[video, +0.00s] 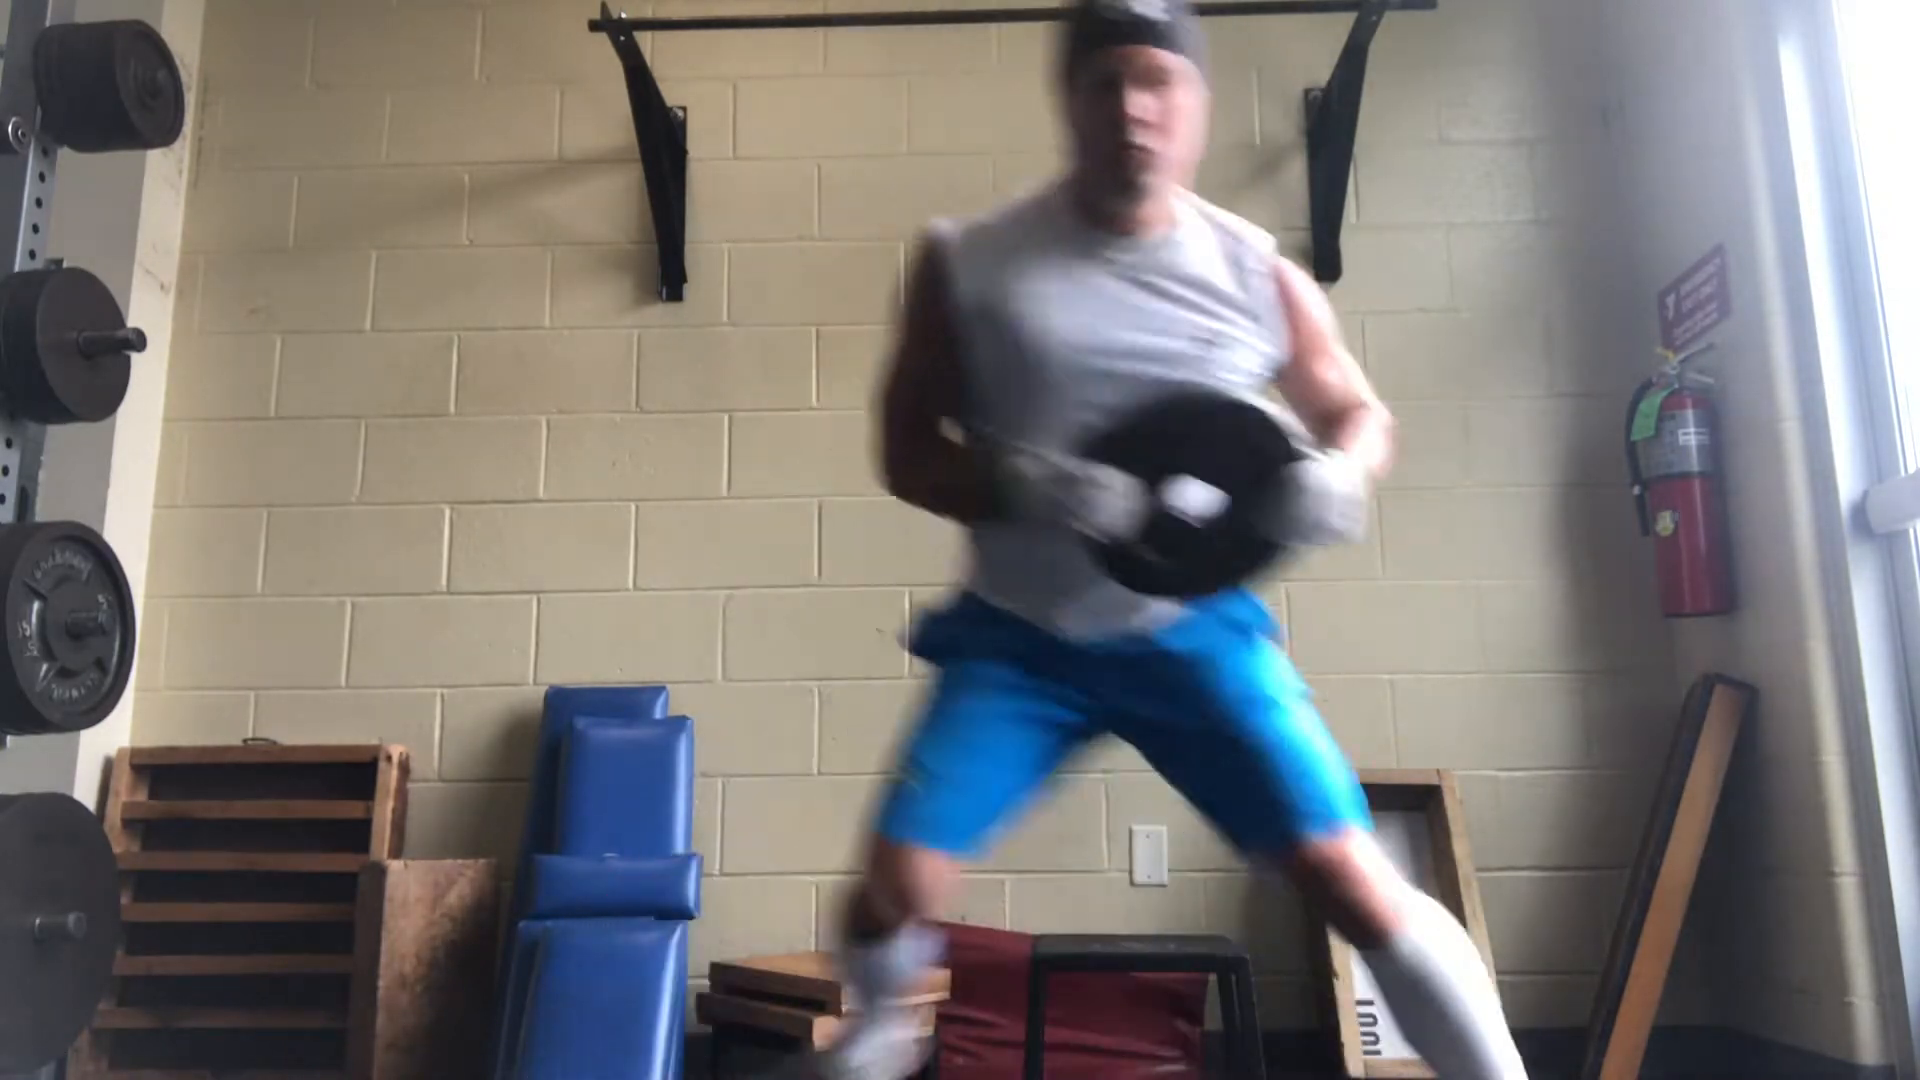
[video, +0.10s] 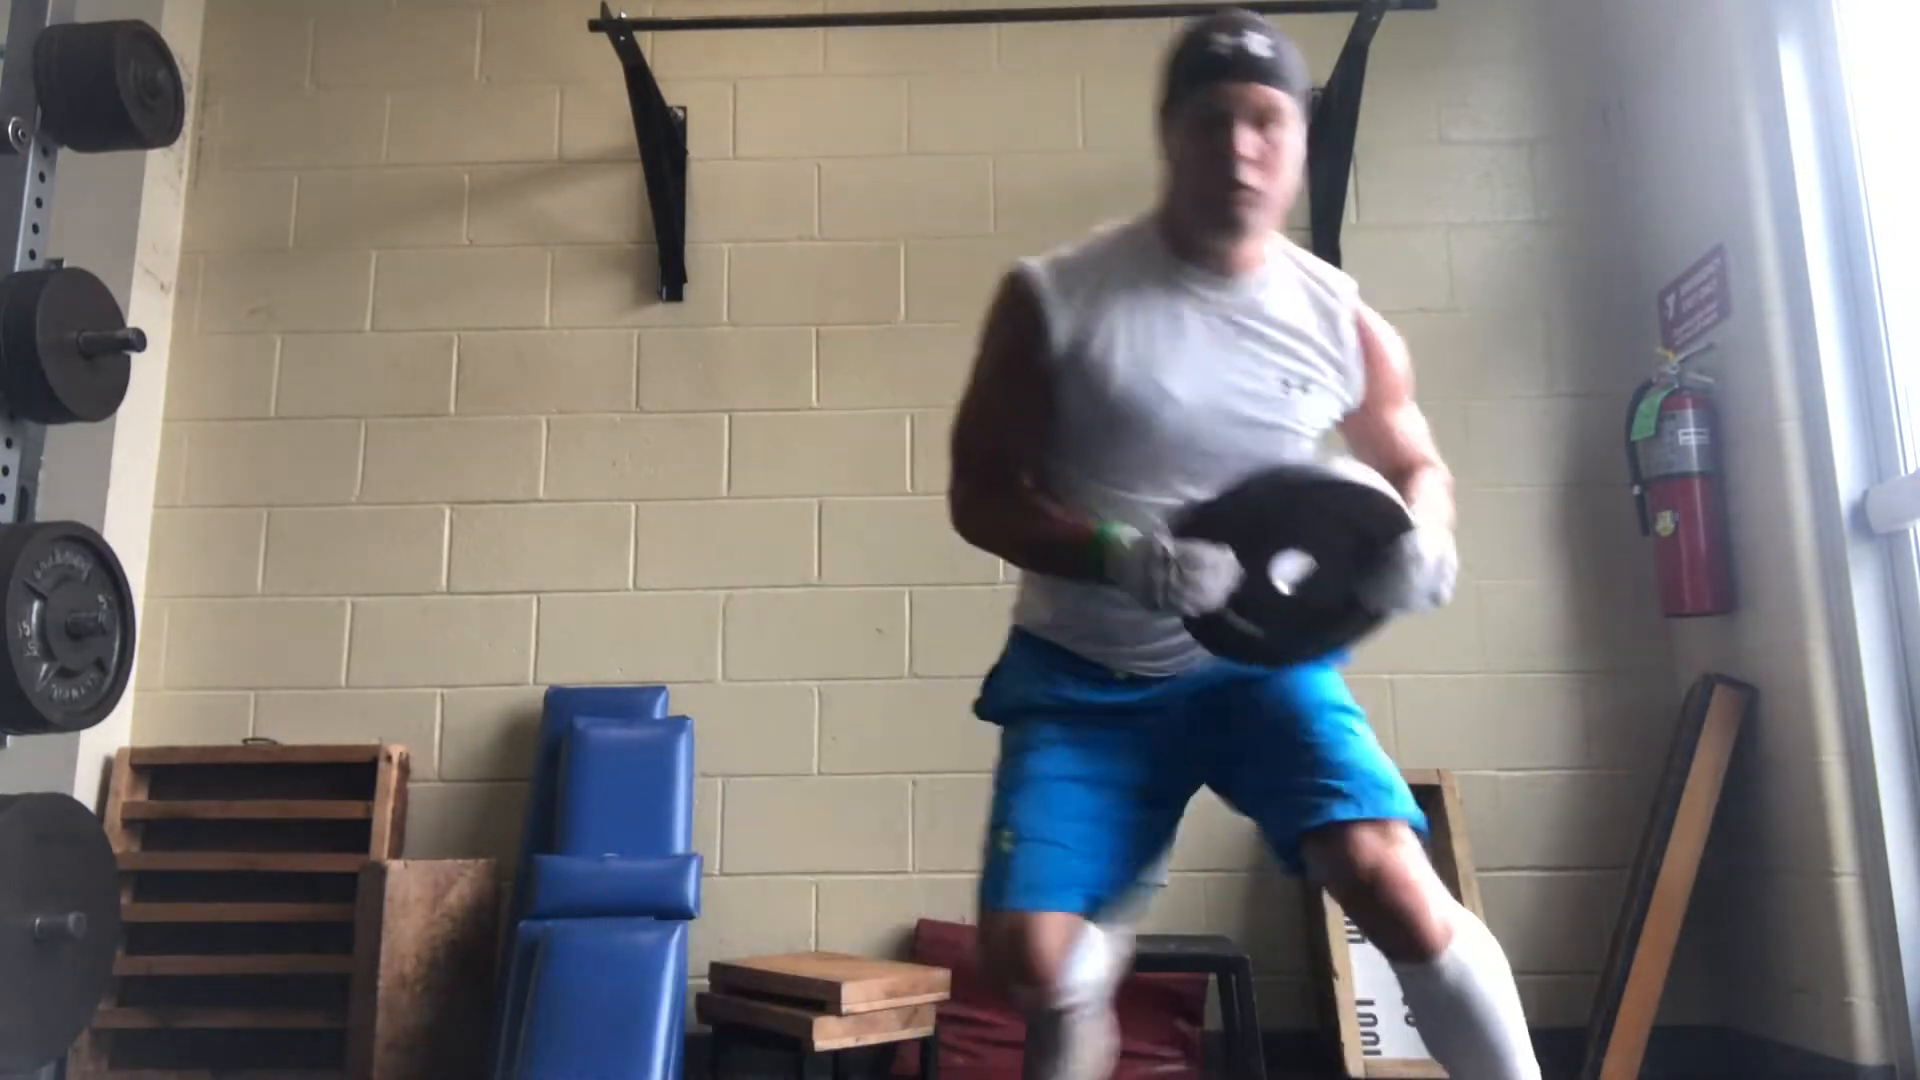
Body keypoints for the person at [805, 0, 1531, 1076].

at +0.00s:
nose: (1133, 111)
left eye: (1157, 83)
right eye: (1106, 84)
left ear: (1200, 105)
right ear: (1067, 104)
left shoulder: (1258, 275)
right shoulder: (966, 265)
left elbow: (1362, 418)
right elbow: (907, 455)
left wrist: (1340, 476)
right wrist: (1022, 485)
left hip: (1200, 643)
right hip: (1018, 644)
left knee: (1348, 878)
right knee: (897, 887)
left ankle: (1497, 1074)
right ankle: (884, 1036)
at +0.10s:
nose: (1242, 145)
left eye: (1267, 122)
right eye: (1214, 119)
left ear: (1300, 147)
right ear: (1168, 135)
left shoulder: (1347, 329)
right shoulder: (1053, 303)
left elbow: (1418, 469)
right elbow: (980, 499)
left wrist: (1422, 538)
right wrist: (1124, 557)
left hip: (1262, 668)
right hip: (1082, 678)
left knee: (1387, 878)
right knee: (1032, 956)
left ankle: (1515, 1074)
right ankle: (1094, 982)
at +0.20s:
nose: (1271, 150)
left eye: (1298, 126)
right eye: (1245, 121)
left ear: (1326, 154)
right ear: (1193, 137)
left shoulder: (1364, 332)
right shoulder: (1070, 297)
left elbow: (1433, 489)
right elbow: (982, 479)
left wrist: (1412, 551)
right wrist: (1087, 547)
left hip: (1281, 662)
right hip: (1091, 660)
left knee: (1403, 877)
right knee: (993, 898)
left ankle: (1520, 1074)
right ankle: (1068, 944)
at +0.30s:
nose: (1213, 113)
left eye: (1239, 89)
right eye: (1187, 85)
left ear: (1274, 117)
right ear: (1142, 100)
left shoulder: (1317, 285)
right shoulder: (1021, 258)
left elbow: (1384, 474)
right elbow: (935, 410)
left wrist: (1290, 502)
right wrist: (1007, 487)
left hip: (1226, 634)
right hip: (1042, 614)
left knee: (1365, 876)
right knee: (883, 775)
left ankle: (1505, 1076)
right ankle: (899, 916)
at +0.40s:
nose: (1105, 68)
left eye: (1131, 42)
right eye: (1080, 41)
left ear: (1169, 67)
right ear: (1039, 57)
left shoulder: (1214, 235)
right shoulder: (930, 201)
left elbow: (1285, 441)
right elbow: (857, 333)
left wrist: (1134, 453)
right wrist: (892, 415)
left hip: (1131, 592)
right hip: (951, 564)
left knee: (1253, 843)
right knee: (782, 741)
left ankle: (1403, 1065)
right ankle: (687, 990)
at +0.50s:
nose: (967, 80)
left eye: (992, 53)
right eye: (940, 54)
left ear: (1032, 67)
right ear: (904, 70)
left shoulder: (1104, 235)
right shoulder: (829, 232)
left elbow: (1185, 448)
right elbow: (774, 410)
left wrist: (1025, 465)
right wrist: (783, 435)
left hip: (1047, 593)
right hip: (875, 583)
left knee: (1109, 854)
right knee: (730, 840)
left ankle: (1110, 1061)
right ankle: (598, 1076)